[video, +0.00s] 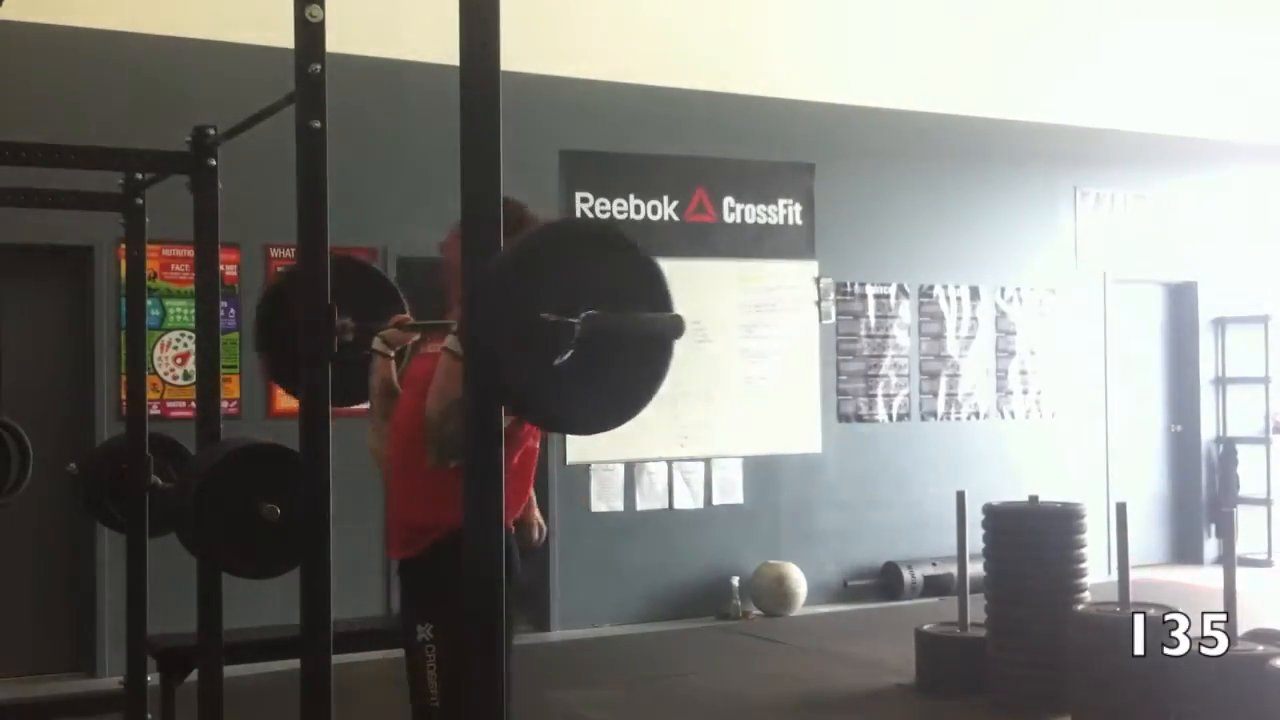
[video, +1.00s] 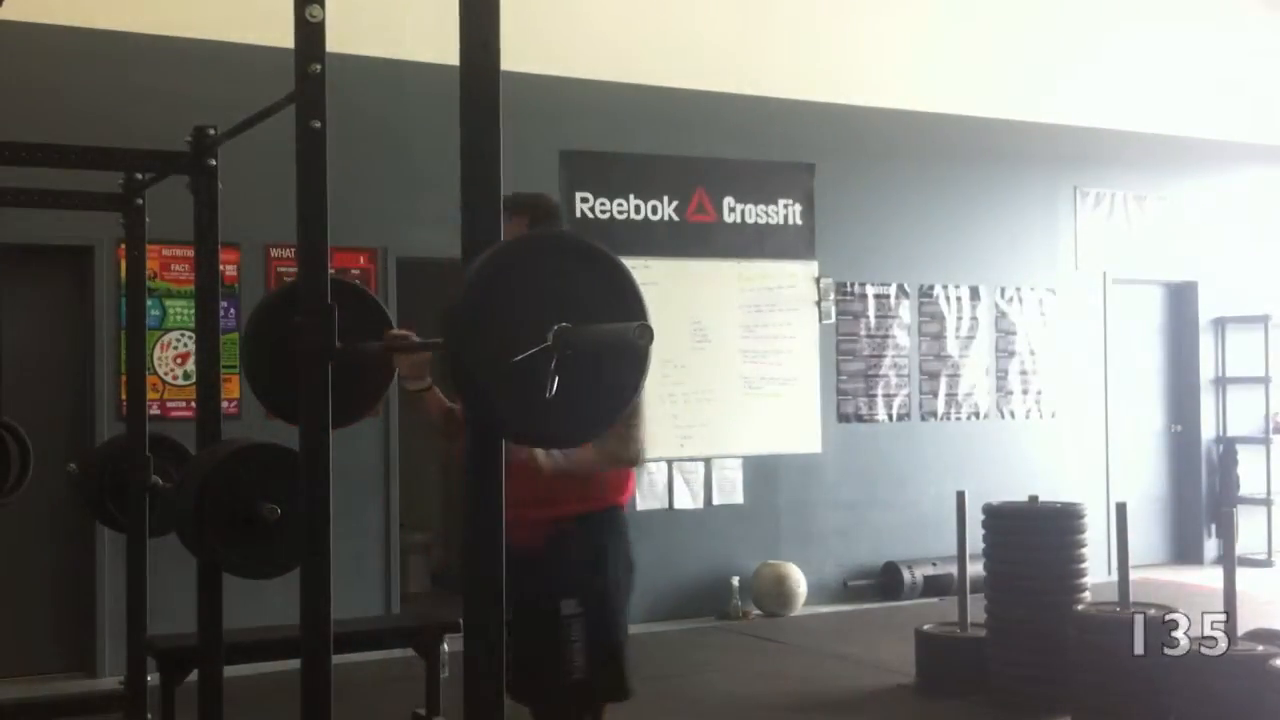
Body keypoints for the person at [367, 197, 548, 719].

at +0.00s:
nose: (443, 250)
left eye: (459, 243)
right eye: (451, 241)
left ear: (494, 262)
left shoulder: (501, 343)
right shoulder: (444, 342)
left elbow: (445, 442)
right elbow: (389, 450)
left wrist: (467, 328)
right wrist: (384, 357)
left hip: (469, 552)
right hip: (430, 552)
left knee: (465, 703)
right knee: (435, 701)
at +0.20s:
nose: (423, 255)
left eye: (432, 242)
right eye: (427, 242)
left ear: (458, 250)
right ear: (462, 253)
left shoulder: (474, 329)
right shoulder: (441, 329)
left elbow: (442, 449)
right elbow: (391, 433)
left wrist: (432, 349)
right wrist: (372, 366)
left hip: (457, 547)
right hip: (430, 545)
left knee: (455, 700)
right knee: (440, 698)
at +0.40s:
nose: (419, 258)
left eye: (425, 246)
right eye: (421, 246)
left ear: (447, 250)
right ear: (460, 252)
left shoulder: (484, 334)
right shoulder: (448, 334)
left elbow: (452, 457)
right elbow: (409, 446)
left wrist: (438, 363)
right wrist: (378, 382)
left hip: (469, 555)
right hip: (446, 551)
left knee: (464, 703)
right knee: (450, 698)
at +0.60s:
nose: (438, 259)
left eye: (445, 245)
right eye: (442, 244)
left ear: (467, 250)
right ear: (485, 251)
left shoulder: (517, 331)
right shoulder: (469, 335)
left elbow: (509, 456)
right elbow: (446, 437)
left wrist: (457, 377)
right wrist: (392, 386)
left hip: (515, 538)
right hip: (476, 537)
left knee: (538, 699)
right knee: (477, 698)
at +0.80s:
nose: (465, 266)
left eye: (476, 251)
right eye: (467, 254)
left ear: (520, 254)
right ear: (472, 267)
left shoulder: (568, 325)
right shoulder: (487, 333)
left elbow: (555, 451)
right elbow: (455, 429)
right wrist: (404, 386)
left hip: (557, 522)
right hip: (492, 523)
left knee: (561, 691)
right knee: (491, 683)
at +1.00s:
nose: (508, 263)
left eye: (521, 248)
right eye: (500, 249)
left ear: (553, 248)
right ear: (495, 256)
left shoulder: (600, 340)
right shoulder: (501, 335)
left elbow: (627, 447)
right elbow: (467, 433)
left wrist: (552, 457)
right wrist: (417, 381)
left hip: (582, 526)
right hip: (512, 526)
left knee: (582, 694)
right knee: (533, 690)